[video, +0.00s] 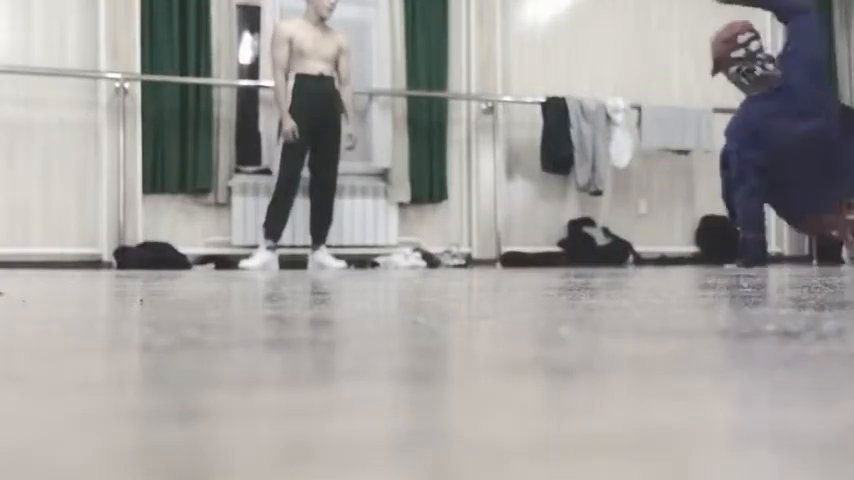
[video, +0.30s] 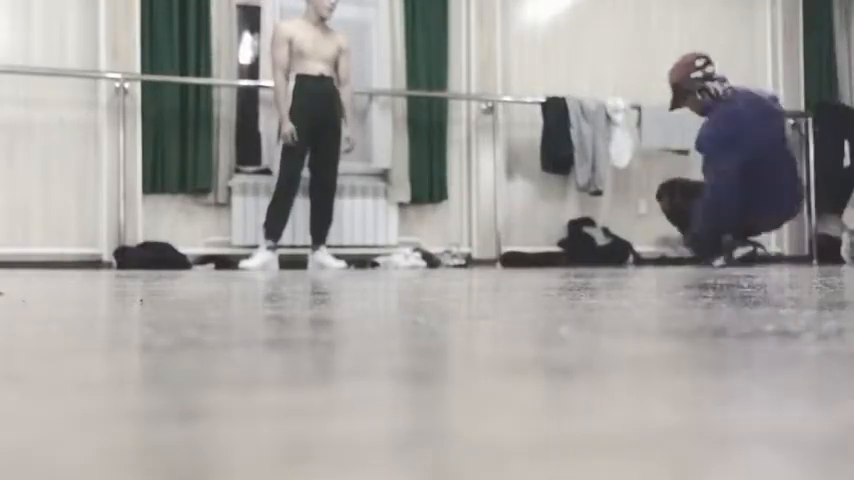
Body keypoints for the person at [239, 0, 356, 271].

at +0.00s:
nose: (331, 5)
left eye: (334, 2)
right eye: (327, 0)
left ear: (332, 7)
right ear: (311, 1)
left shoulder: (338, 40)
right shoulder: (286, 30)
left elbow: (344, 83)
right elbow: (279, 75)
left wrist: (350, 122)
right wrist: (284, 116)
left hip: (329, 98)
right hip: (300, 95)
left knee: (325, 178)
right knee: (289, 176)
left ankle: (318, 251)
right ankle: (268, 249)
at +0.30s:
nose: (331, 5)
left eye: (334, 2)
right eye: (327, 0)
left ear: (332, 7)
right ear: (312, 1)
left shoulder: (338, 40)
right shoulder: (286, 30)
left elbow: (344, 84)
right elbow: (280, 76)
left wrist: (348, 125)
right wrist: (284, 118)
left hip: (329, 99)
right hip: (300, 96)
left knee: (325, 179)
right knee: (289, 176)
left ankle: (319, 251)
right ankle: (268, 249)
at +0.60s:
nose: (332, 5)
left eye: (334, 2)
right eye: (327, 1)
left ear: (332, 7)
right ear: (312, 1)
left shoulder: (337, 41)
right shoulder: (286, 29)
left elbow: (344, 84)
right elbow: (279, 76)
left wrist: (344, 127)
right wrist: (283, 120)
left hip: (329, 100)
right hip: (300, 97)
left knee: (325, 179)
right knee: (289, 177)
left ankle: (319, 251)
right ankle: (268, 249)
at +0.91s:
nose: (331, 5)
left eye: (333, 2)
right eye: (327, 1)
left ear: (331, 7)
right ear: (311, 2)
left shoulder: (337, 40)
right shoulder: (286, 29)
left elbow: (343, 84)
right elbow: (279, 76)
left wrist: (347, 126)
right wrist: (283, 119)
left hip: (329, 100)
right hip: (299, 98)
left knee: (325, 180)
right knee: (288, 178)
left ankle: (319, 250)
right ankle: (268, 248)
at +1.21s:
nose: (331, 5)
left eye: (333, 2)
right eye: (326, 1)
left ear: (331, 7)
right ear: (311, 2)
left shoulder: (337, 40)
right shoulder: (286, 29)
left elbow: (343, 84)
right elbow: (279, 76)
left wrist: (345, 127)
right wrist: (283, 119)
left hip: (329, 100)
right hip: (299, 97)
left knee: (324, 180)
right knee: (288, 177)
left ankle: (319, 250)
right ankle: (268, 248)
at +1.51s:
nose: (330, 5)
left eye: (333, 2)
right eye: (325, 1)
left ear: (333, 7)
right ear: (310, 2)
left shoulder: (337, 40)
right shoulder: (286, 30)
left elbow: (343, 83)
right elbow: (278, 75)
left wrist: (346, 125)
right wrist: (283, 119)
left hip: (328, 100)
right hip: (299, 97)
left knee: (324, 180)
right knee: (288, 177)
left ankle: (319, 251)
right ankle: (268, 248)